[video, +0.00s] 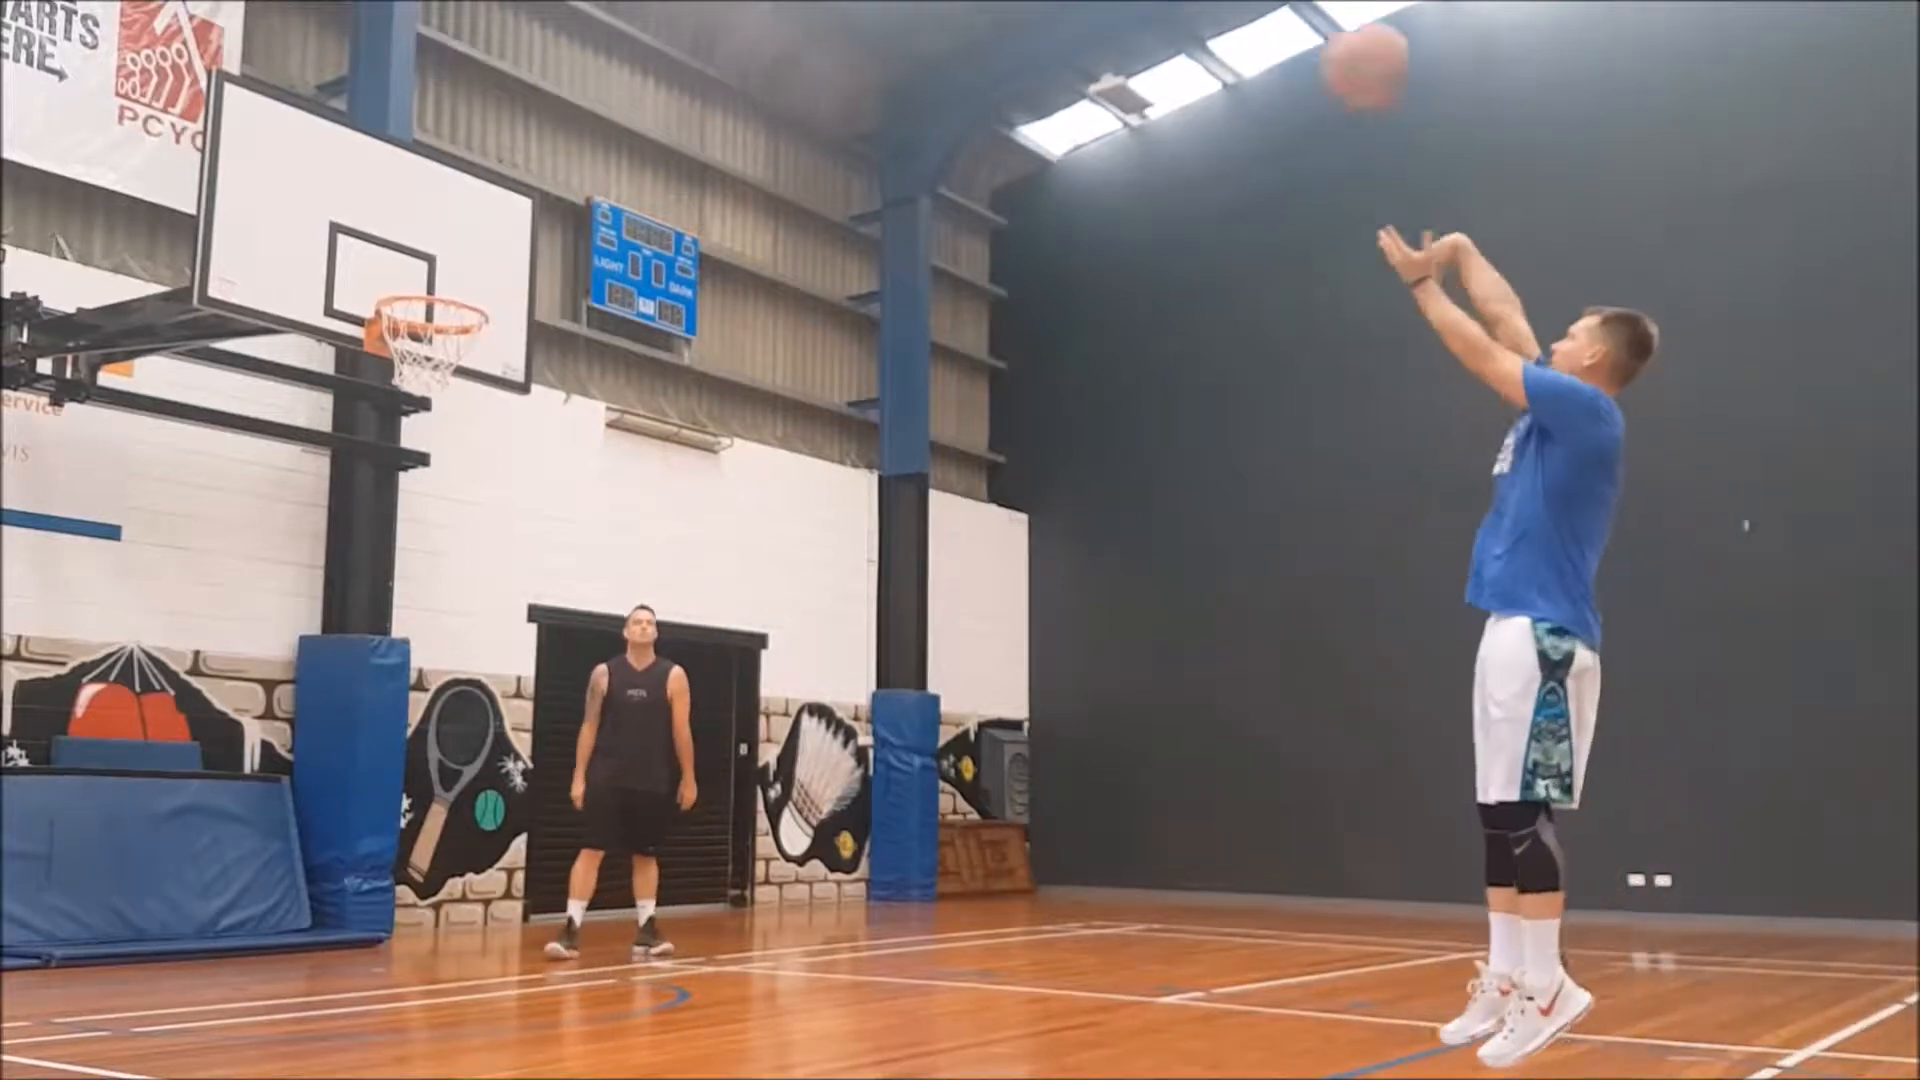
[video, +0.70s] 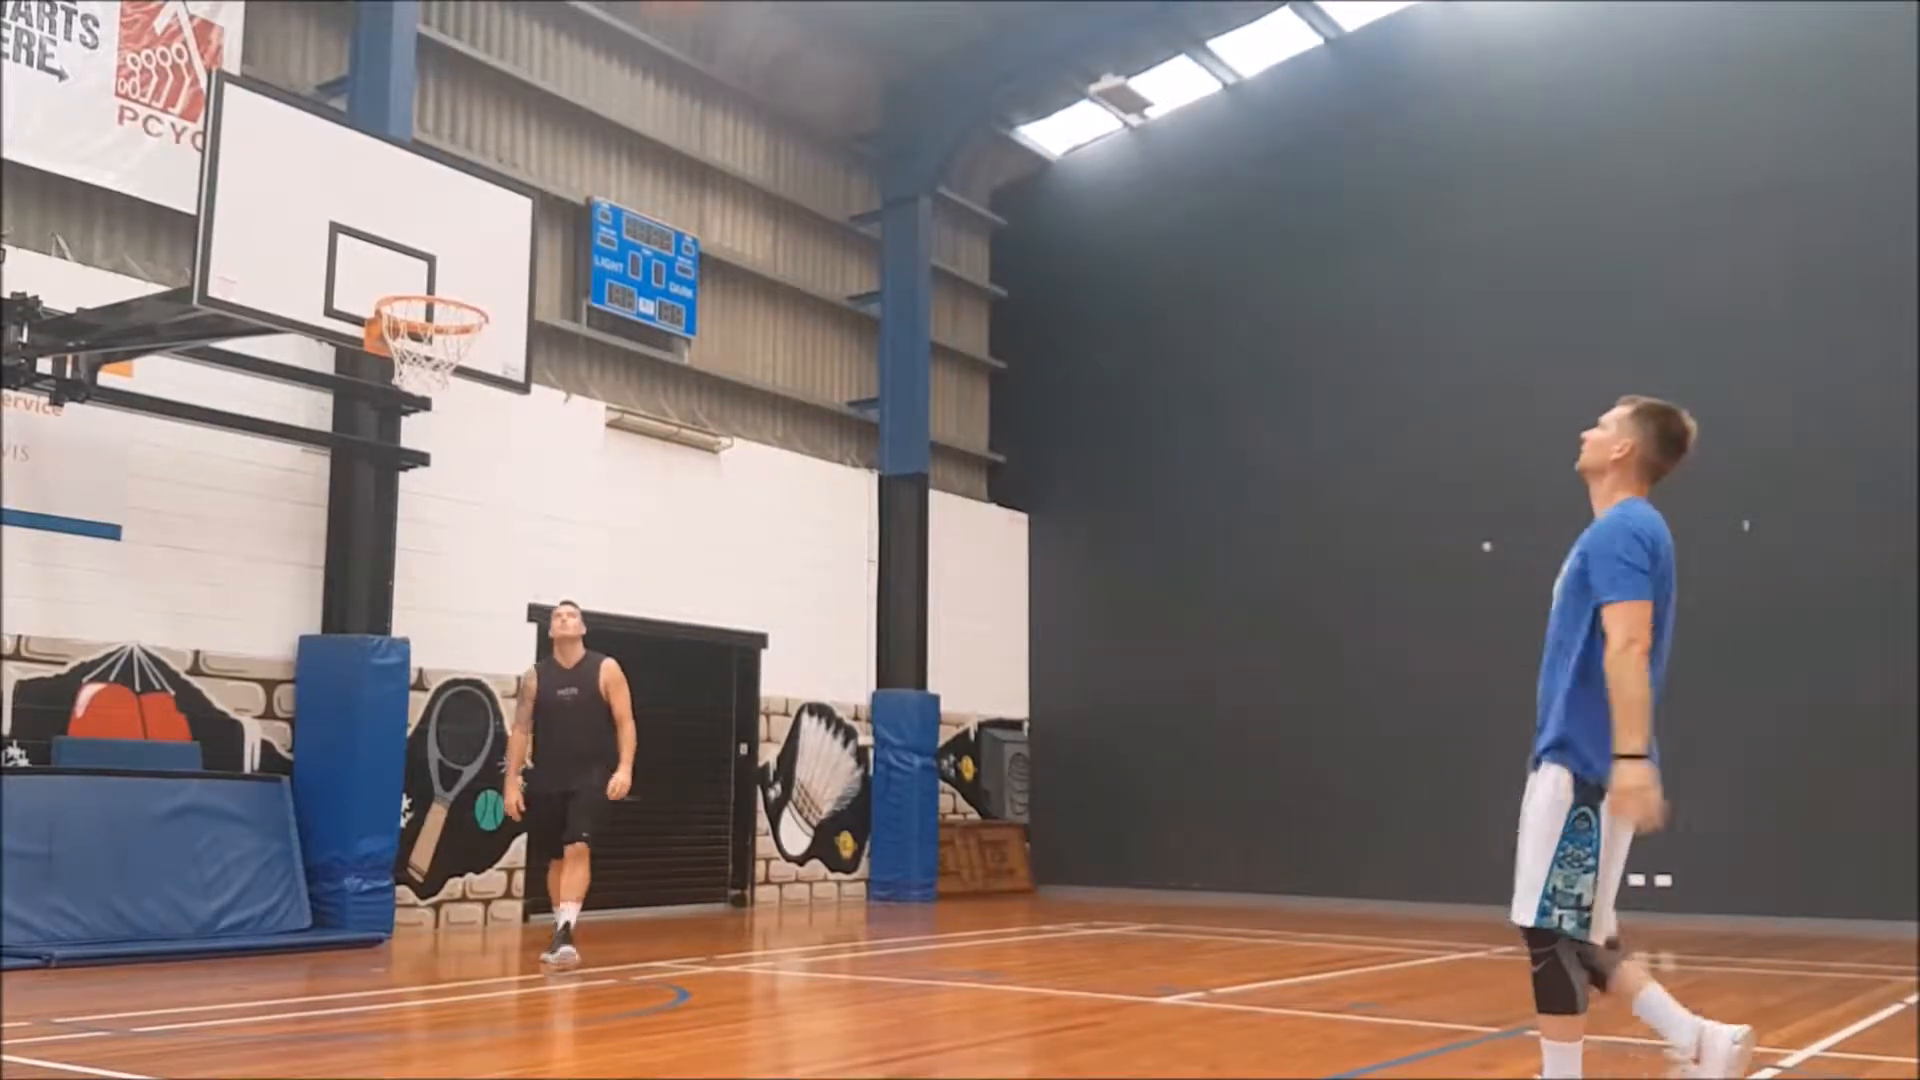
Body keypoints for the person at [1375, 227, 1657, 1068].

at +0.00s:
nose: (1560, 337)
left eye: (1574, 332)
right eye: (1570, 330)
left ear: (1593, 354)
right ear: (1592, 357)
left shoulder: (1585, 408)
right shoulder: (1562, 403)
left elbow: (1485, 355)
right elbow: (1506, 317)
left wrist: (1423, 285)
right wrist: (1463, 252)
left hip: (1544, 641)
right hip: (1511, 633)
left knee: (1524, 815)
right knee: (1498, 813)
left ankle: (1547, 989)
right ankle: (1503, 983)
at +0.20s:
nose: (1543, 429)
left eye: (1558, 421)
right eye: (1554, 420)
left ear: (1582, 442)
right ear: (1587, 447)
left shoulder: (1572, 508)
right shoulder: (1553, 504)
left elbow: (1456, 471)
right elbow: (1487, 431)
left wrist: (1409, 393)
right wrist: (1468, 351)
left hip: (1527, 744)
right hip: (1495, 736)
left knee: (1497, 911)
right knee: (1462, 905)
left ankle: (1544, 1068)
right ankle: (1502, 1064)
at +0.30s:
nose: (1546, 460)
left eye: (1562, 452)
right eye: (1558, 451)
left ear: (1585, 476)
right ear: (1590, 483)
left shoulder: (1576, 549)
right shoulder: (1566, 548)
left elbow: (1448, 555)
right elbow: (1468, 522)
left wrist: (1415, 475)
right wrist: (1475, 438)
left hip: (1529, 770)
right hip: (1501, 765)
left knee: (1481, 942)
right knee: (1449, 933)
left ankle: (1548, 1072)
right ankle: (1507, 1070)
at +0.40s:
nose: (1557, 447)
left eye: (1570, 439)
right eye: (1567, 437)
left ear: (1592, 461)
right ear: (1599, 466)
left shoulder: (1581, 540)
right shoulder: (1587, 541)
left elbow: (1466, 612)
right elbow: (1476, 600)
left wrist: (1412, 557)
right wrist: (1480, 514)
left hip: (1542, 757)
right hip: (1514, 749)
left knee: (1489, 918)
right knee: (1447, 906)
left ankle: (1552, 1071)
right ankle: (1507, 1064)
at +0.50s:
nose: (1566, 433)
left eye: (1579, 425)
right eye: (1576, 423)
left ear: (1600, 447)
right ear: (1609, 453)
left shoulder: (1585, 528)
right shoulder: (1601, 530)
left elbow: (1509, 635)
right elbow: (1522, 640)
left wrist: (1414, 649)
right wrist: (1457, 602)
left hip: (1555, 750)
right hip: (1531, 743)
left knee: (1508, 908)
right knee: (1461, 895)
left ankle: (1559, 1069)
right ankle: (1536, 1053)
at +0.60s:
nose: (1574, 431)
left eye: (1588, 424)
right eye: (1583, 422)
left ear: (1611, 448)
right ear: (1618, 455)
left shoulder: (1600, 527)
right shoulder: (1607, 527)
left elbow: (1565, 645)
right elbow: (1562, 652)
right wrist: (1490, 700)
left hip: (1575, 755)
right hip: (1547, 749)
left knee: (1533, 924)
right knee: (1487, 904)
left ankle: (1562, 1070)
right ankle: (1620, 1041)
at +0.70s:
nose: (1586, 431)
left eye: (1601, 425)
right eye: (1596, 422)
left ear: (1626, 450)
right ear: (1631, 457)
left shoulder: (1620, 530)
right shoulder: (1634, 529)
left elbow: (1628, 647)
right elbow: (1624, 650)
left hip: (1578, 765)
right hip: (1592, 762)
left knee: (1547, 929)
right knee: (1581, 932)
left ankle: (1560, 1072)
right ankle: (1699, 1040)